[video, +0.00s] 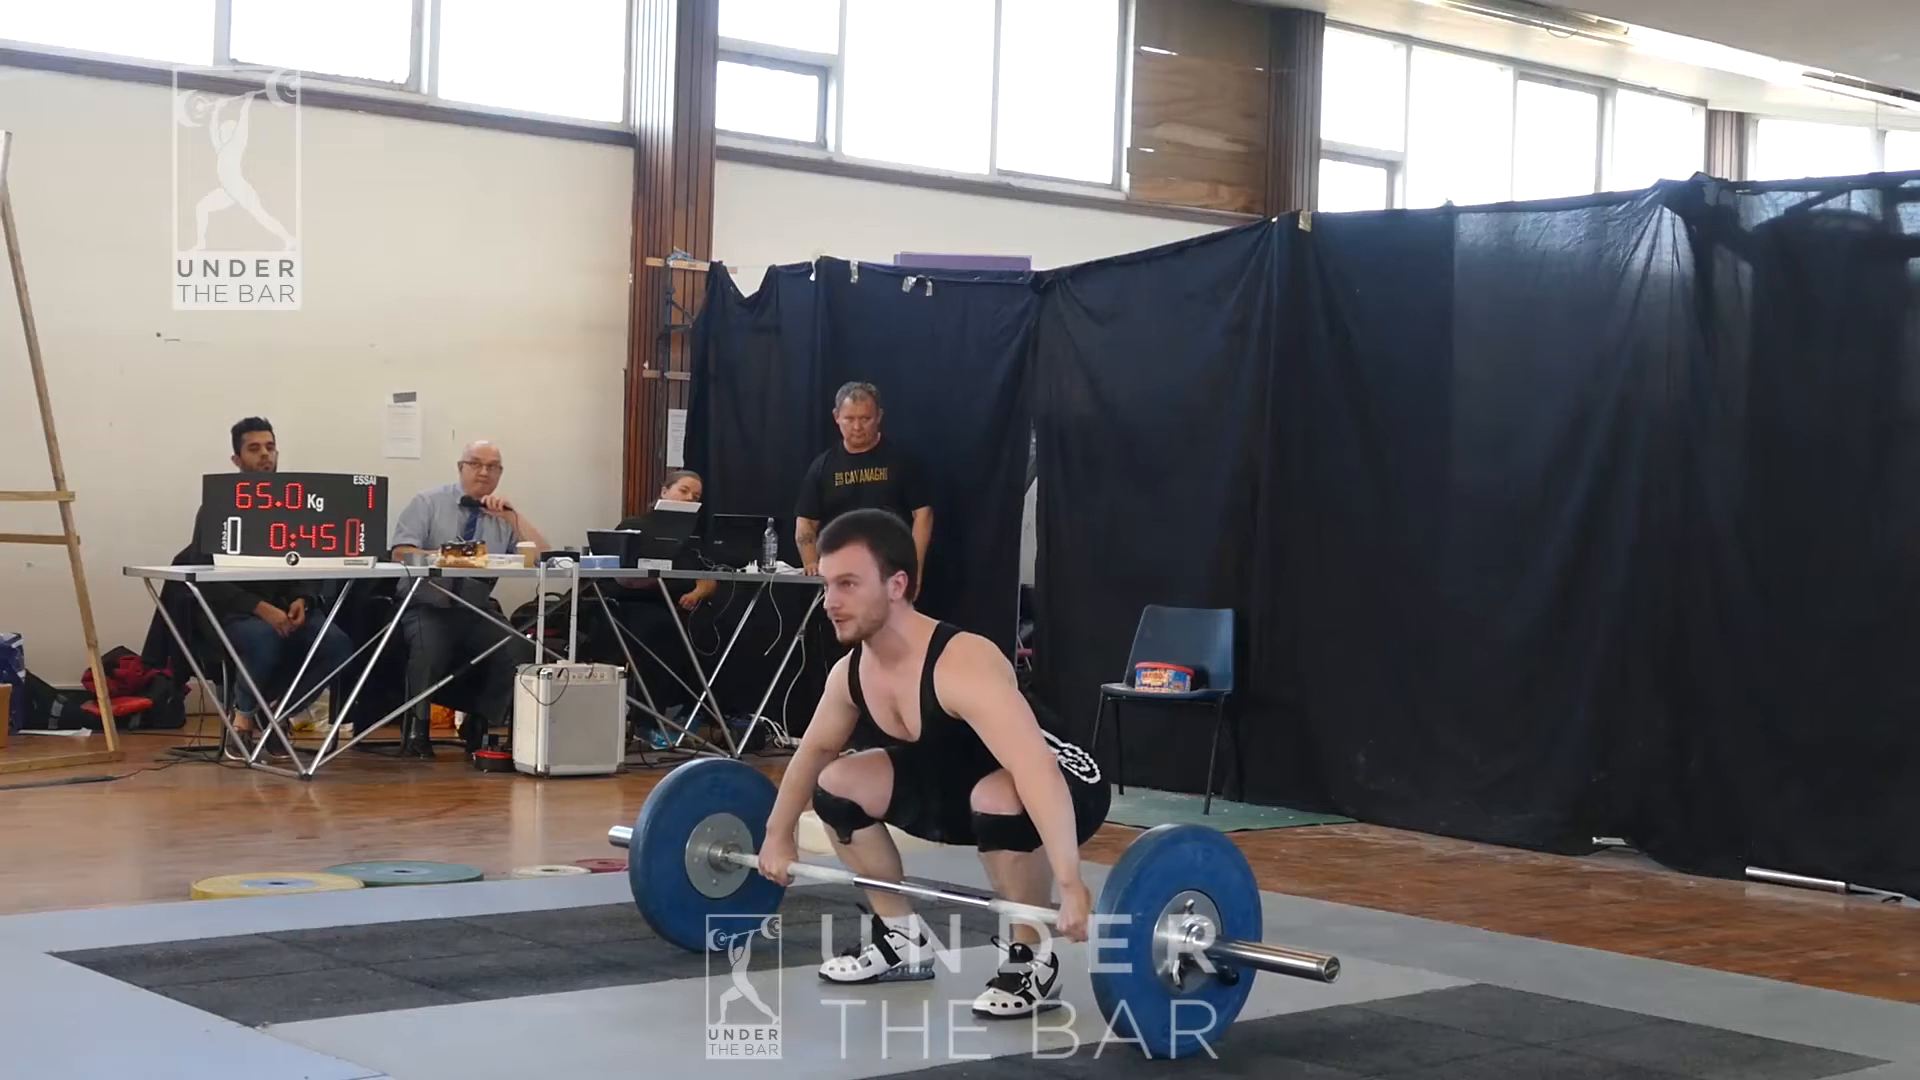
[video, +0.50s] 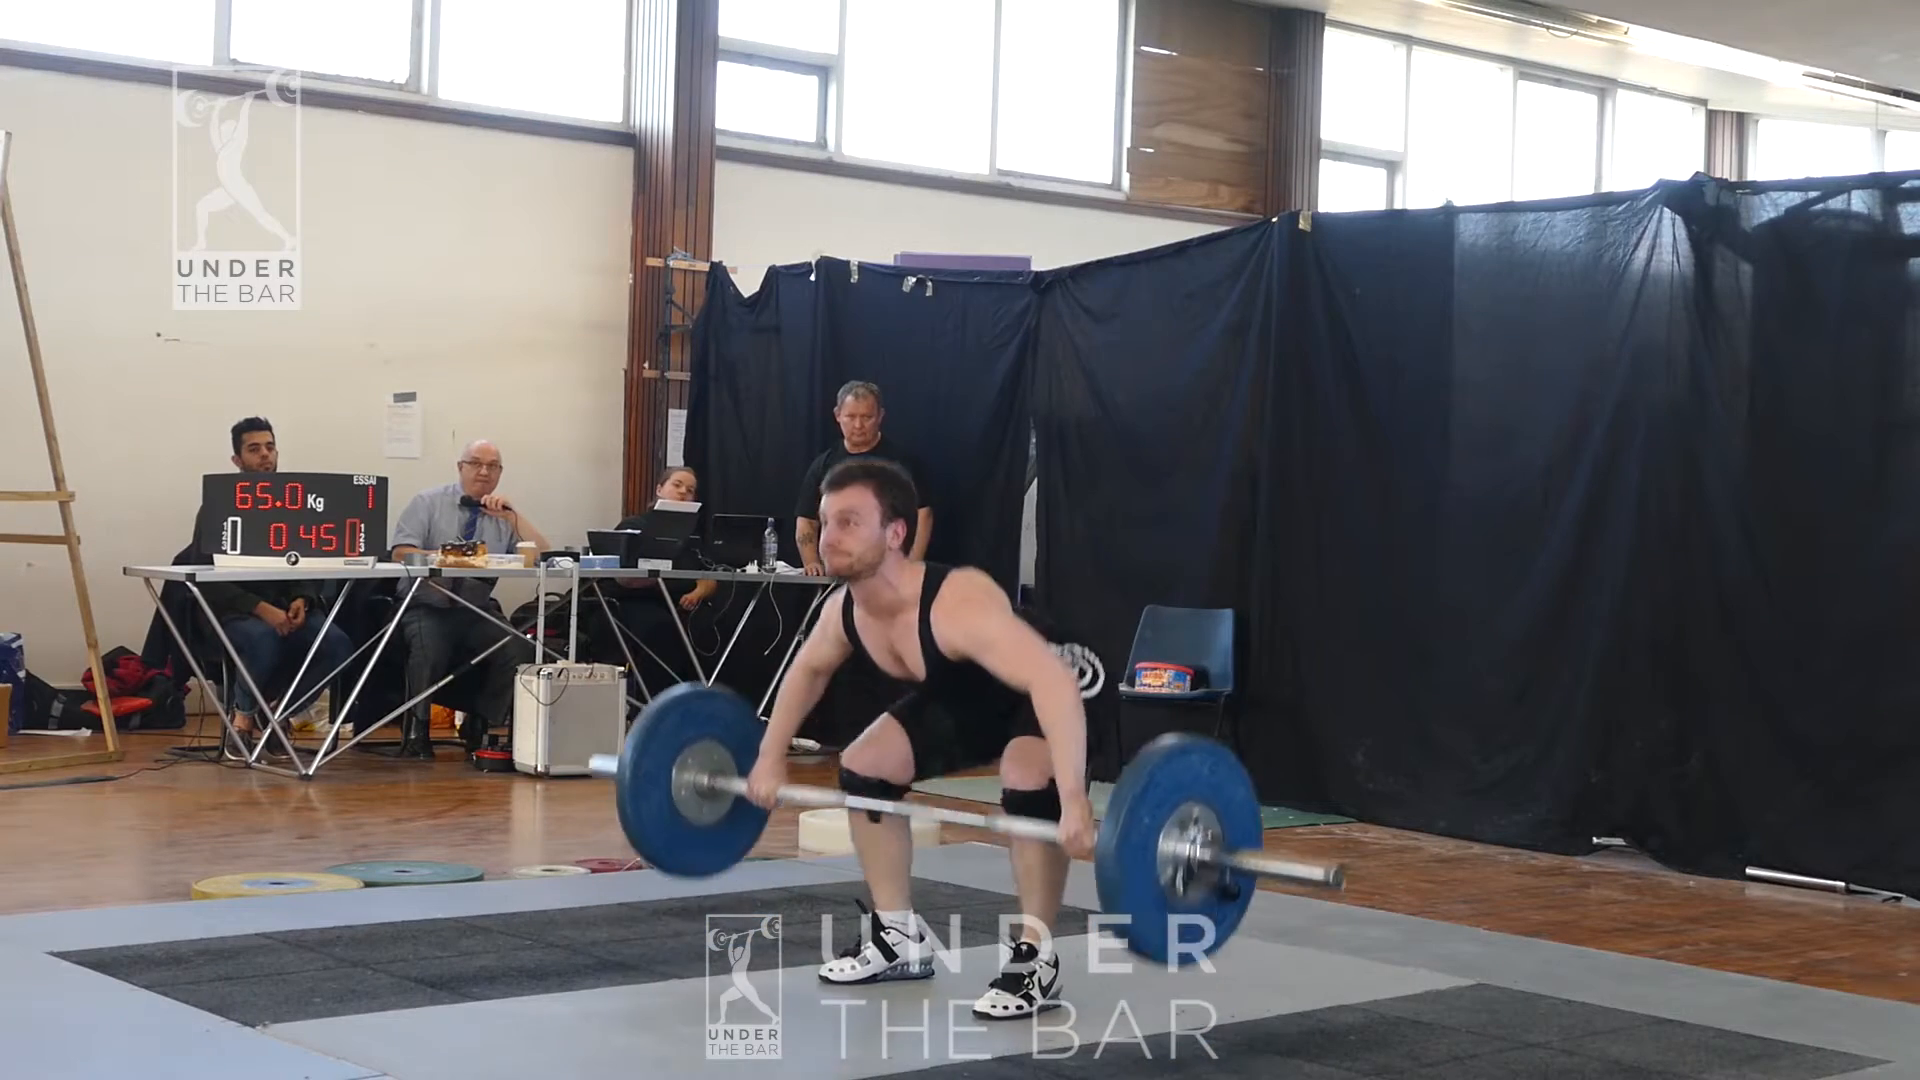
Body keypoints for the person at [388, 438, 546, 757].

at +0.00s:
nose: (483, 472)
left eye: (492, 467)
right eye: (475, 465)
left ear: (500, 474)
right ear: (461, 468)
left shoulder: (503, 517)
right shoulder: (428, 503)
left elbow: (541, 553)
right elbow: (401, 551)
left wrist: (514, 515)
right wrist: (445, 559)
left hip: (478, 608)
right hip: (428, 605)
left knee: (517, 652)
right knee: (430, 649)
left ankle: (477, 727)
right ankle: (417, 732)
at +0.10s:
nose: (483, 472)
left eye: (492, 467)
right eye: (475, 464)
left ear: (500, 474)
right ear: (461, 468)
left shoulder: (502, 516)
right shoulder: (428, 503)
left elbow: (541, 553)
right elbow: (401, 551)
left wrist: (514, 516)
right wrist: (445, 559)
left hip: (478, 608)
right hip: (428, 605)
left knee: (517, 652)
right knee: (430, 649)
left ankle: (477, 727)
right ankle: (417, 732)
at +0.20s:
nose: (483, 472)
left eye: (492, 467)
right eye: (475, 464)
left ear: (500, 474)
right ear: (461, 468)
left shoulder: (502, 516)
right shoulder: (428, 503)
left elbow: (542, 553)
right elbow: (401, 551)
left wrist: (514, 516)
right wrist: (445, 559)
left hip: (477, 608)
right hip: (428, 604)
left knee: (517, 652)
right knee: (429, 649)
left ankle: (477, 727)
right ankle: (417, 732)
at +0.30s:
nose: (483, 472)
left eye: (492, 467)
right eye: (475, 464)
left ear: (500, 474)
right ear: (460, 468)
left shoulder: (502, 516)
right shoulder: (428, 503)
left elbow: (542, 553)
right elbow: (401, 551)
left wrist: (514, 516)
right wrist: (446, 559)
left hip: (478, 608)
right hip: (428, 605)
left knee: (517, 652)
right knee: (429, 649)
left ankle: (477, 727)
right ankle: (417, 732)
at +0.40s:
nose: (484, 472)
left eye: (492, 467)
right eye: (476, 464)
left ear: (500, 474)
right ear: (461, 468)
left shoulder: (503, 516)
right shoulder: (428, 502)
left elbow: (543, 553)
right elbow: (401, 551)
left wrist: (514, 515)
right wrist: (442, 560)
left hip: (478, 609)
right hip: (429, 605)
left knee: (518, 651)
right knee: (429, 651)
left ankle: (477, 726)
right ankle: (417, 730)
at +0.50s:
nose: (484, 472)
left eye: (492, 466)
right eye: (475, 464)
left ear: (500, 473)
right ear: (460, 468)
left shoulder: (503, 516)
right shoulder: (428, 502)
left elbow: (544, 554)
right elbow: (401, 551)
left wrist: (514, 516)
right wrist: (441, 560)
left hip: (478, 609)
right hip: (428, 605)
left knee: (517, 652)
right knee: (429, 651)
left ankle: (477, 726)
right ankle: (417, 730)